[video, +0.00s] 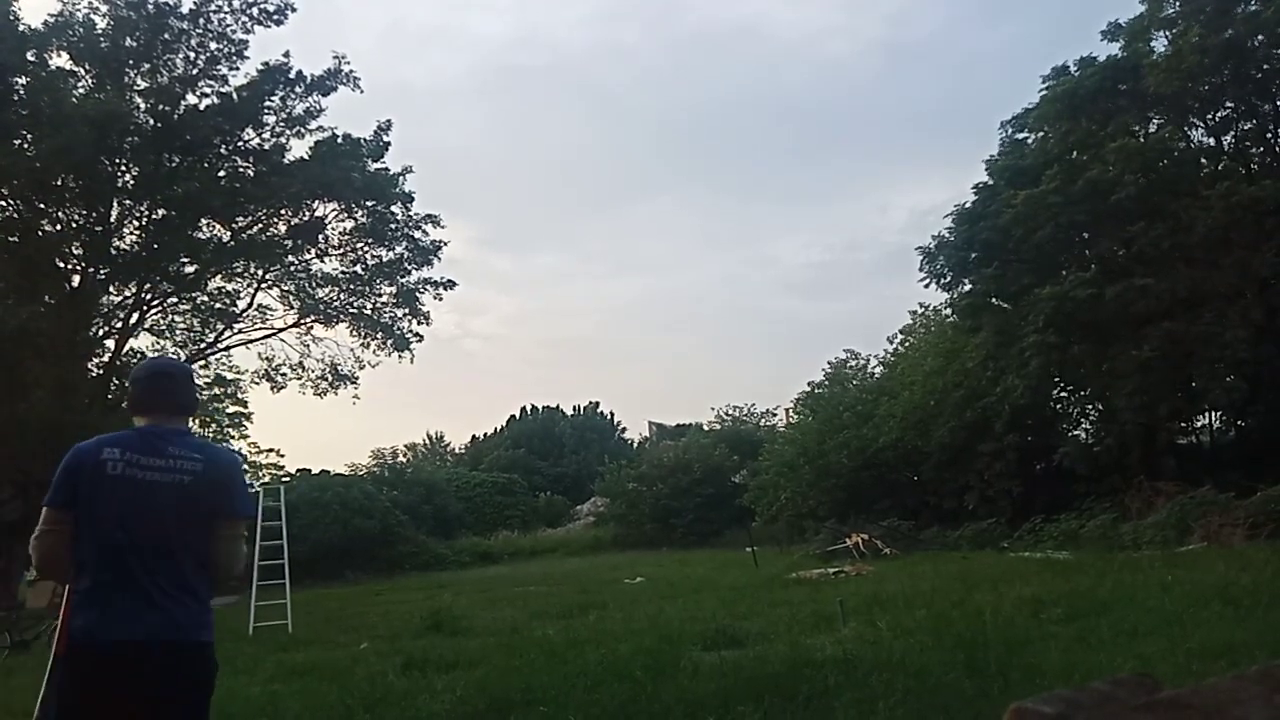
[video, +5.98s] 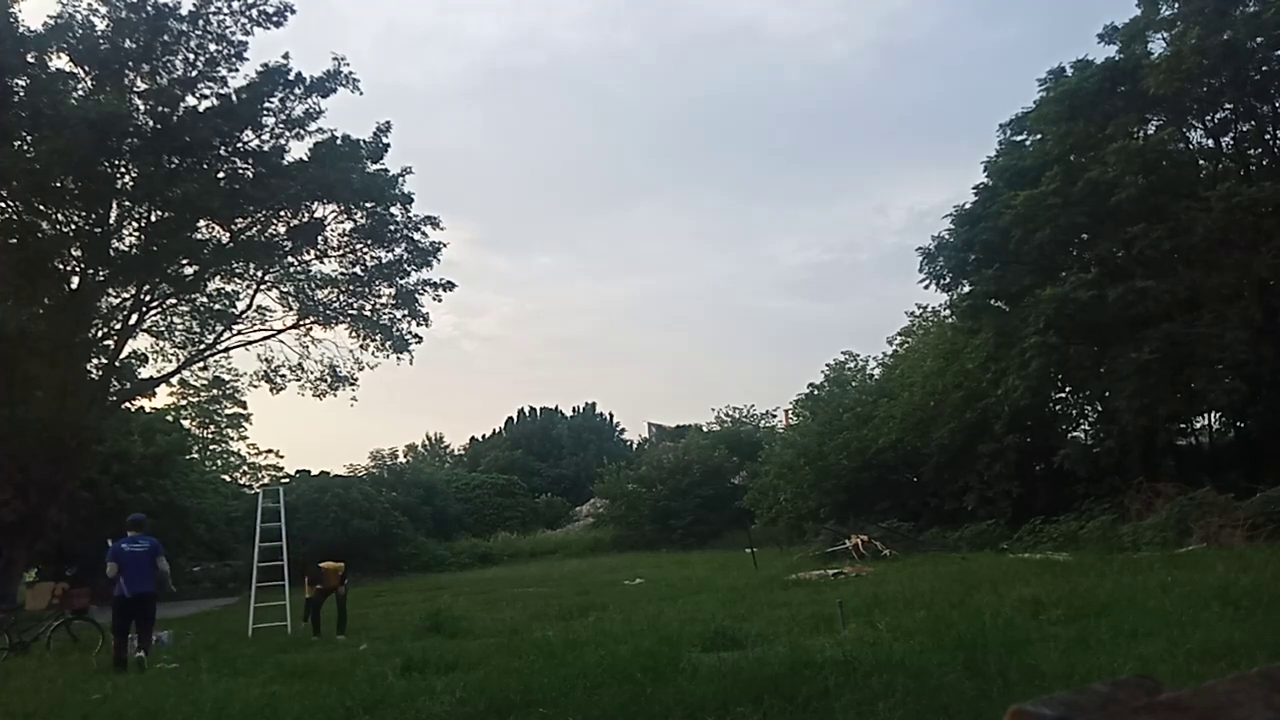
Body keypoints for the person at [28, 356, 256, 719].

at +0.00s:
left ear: (130, 403)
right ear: (192, 405)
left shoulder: (86, 456)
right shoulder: (223, 464)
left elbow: (46, 556)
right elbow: (229, 567)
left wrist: (107, 570)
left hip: (93, 652)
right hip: (183, 655)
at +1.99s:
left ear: (185, 473)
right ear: (215, 477)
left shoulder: (158, 504)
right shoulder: (227, 511)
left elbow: (138, 554)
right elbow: (236, 559)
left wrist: (162, 566)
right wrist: (226, 585)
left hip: (164, 610)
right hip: (207, 611)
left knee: (154, 688)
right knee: (204, 690)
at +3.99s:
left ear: (168, 503)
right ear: (189, 504)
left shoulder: (154, 525)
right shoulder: (200, 526)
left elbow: (141, 559)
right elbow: (209, 556)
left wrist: (156, 548)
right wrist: (219, 580)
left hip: (161, 594)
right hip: (191, 594)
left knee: (162, 639)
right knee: (189, 637)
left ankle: (163, 677)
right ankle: (183, 682)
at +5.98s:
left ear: (128, 528)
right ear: (144, 528)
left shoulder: (117, 546)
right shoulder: (152, 543)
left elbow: (110, 572)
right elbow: (164, 567)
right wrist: (169, 585)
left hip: (124, 597)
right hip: (147, 595)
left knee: (120, 633)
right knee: (145, 628)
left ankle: (120, 668)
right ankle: (142, 651)